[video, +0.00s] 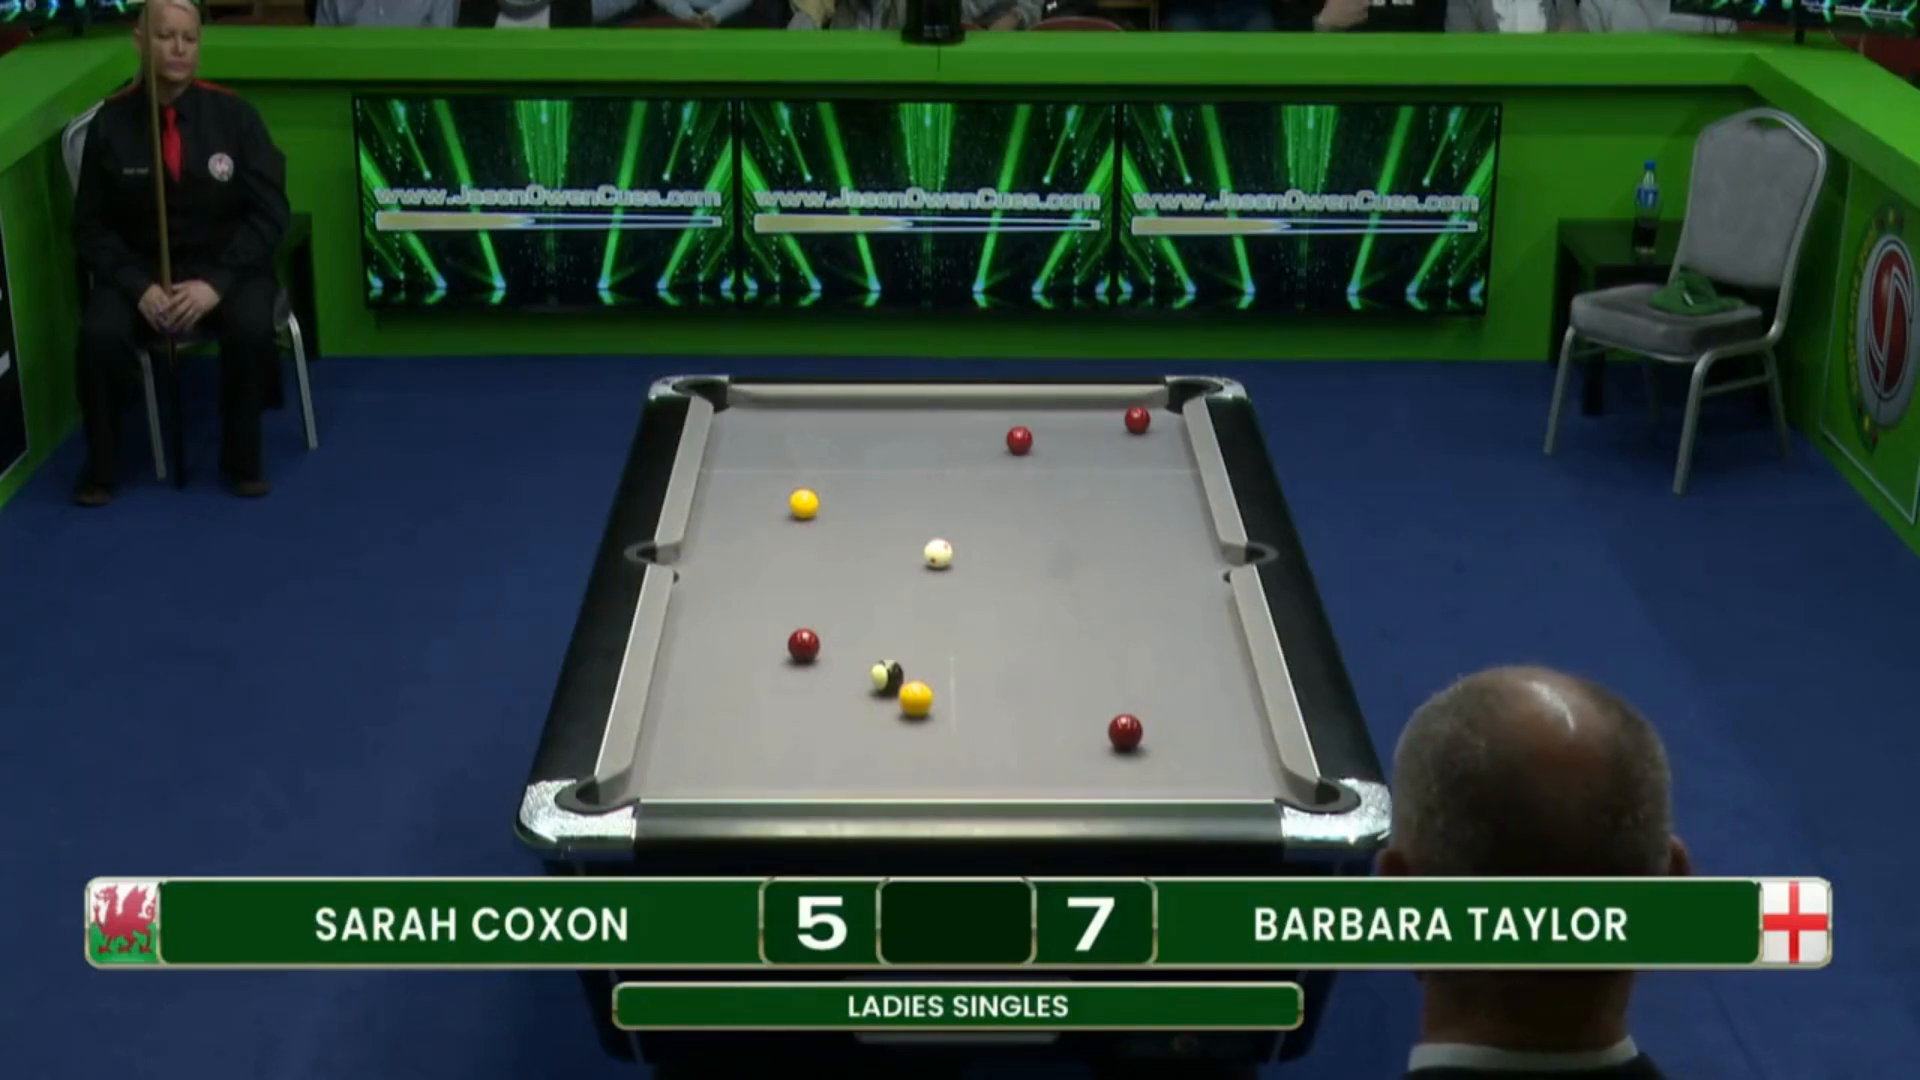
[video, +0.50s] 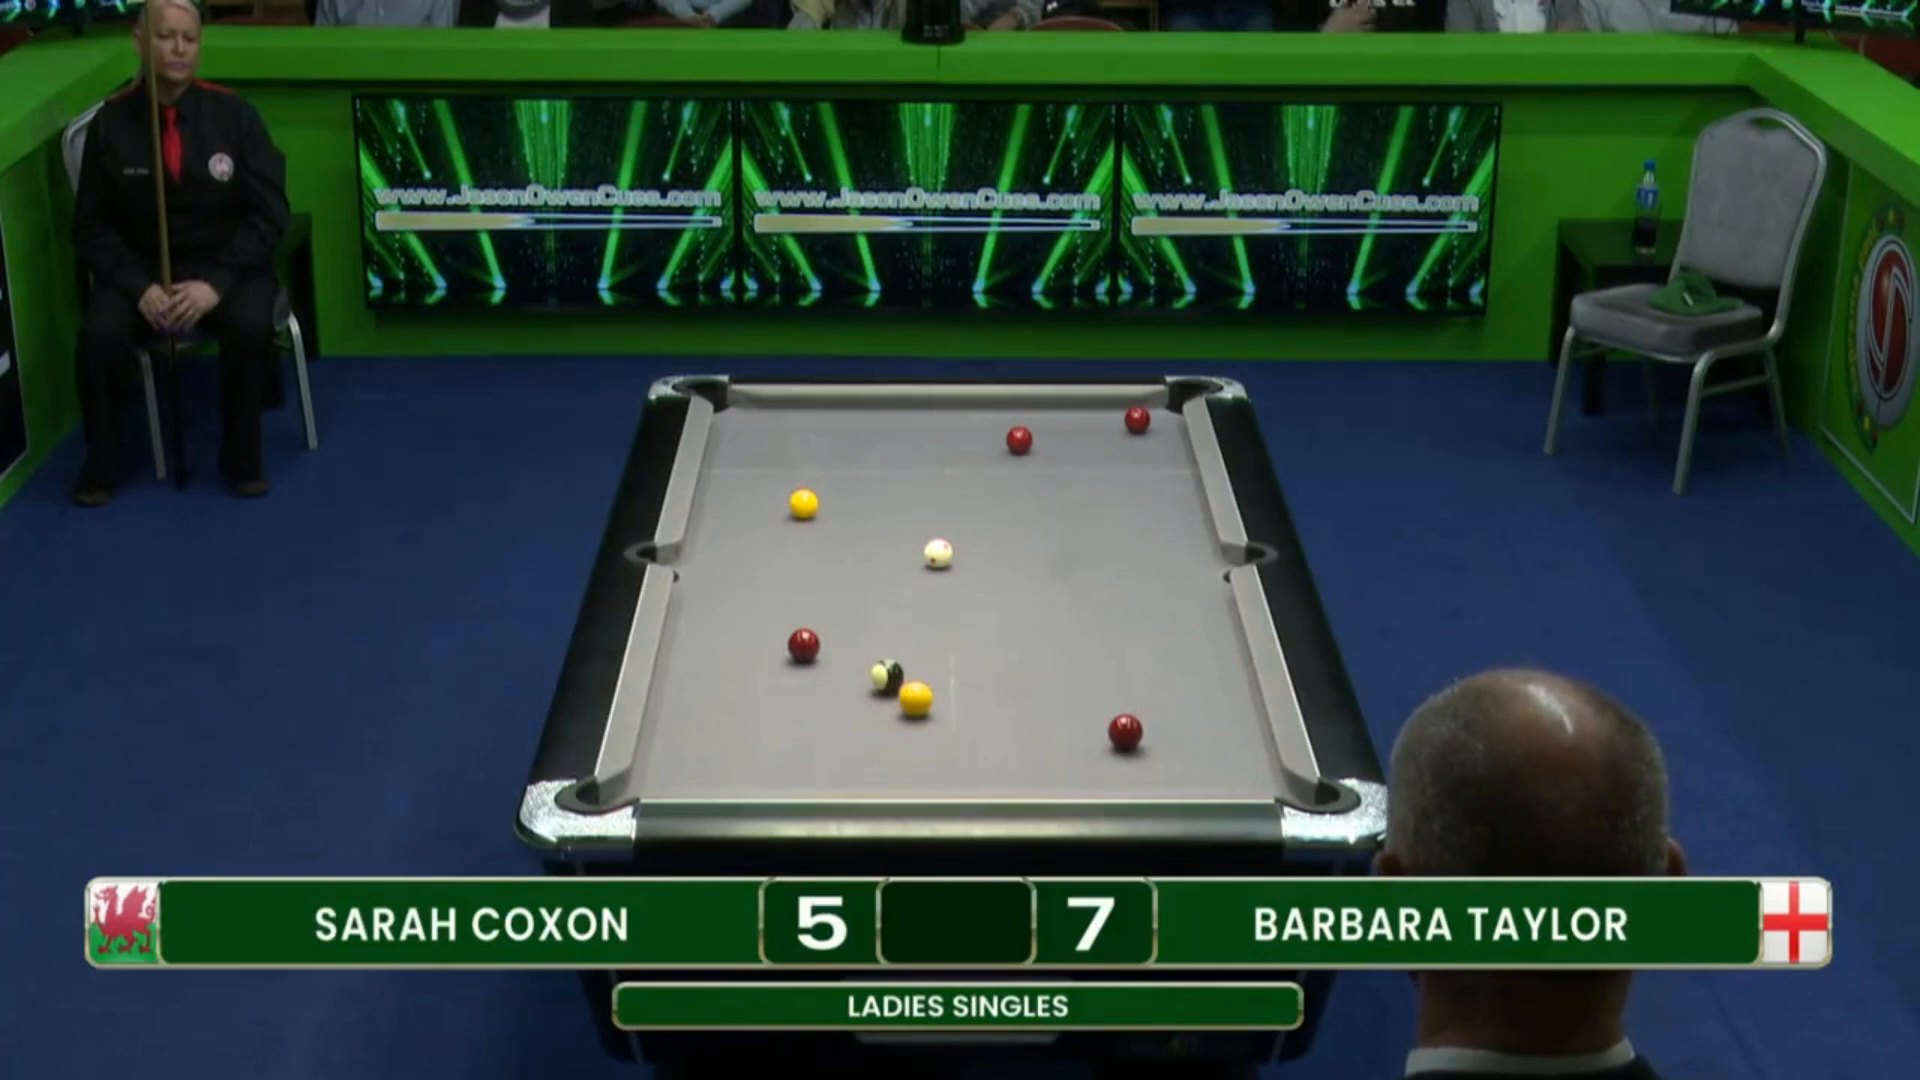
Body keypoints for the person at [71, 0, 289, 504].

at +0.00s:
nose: (179, 48)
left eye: (189, 38)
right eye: (165, 37)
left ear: (199, 44)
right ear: (141, 42)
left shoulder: (234, 115)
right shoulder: (111, 121)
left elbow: (269, 214)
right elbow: (90, 226)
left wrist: (214, 283)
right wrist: (140, 287)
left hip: (221, 267)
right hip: (138, 273)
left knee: (249, 329)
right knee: (100, 335)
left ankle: (244, 462)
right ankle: (101, 467)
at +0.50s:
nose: (179, 49)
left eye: (189, 38)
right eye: (165, 37)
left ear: (200, 45)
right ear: (141, 42)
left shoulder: (235, 115)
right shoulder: (111, 121)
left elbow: (269, 215)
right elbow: (90, 226)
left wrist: (214, 284)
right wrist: (140, 287)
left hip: (221, 266)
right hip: (138, 272)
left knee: (249, 330)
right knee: (101, 336)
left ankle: (243, 463)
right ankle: (101, 469)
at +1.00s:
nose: (179, 48)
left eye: (189, 38)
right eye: (165, 36)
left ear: (200, 44)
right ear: (141, 41)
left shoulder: (234, 115)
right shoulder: (112, 121)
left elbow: (269, 215)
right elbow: (90, 226)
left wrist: (214, 284)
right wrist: (140, 287)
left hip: (221, 267)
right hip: (139, 273)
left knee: (248, 328)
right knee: (101, 335)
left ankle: (243, 463)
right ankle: (101, 469)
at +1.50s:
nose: (179, 48)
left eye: (189, 38)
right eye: (165, 37)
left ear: (199, 44)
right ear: (140, 41)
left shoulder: (234, 115)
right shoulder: (112, 121)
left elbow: (269, 215)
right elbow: (91, 226)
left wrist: (214, 284)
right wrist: (140, 287)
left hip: (221, 268)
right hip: (139, 274)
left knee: (248, 328)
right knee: (101, 336)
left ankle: (243, 463)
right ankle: (101, 469)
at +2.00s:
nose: (179, 49)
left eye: (189, 38)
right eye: (165, 37)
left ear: (199, 44)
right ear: (140, 41)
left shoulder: (234, 115)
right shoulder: (111, 121)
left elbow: (269, 215)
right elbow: (91, 226)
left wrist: (214, 284)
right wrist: (140, 287)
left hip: (221, 268)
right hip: (139, 274)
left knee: (248, 328)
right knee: (101, 336)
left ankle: (243, 463)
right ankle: (101, 469)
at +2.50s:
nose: (179, 49)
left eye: (189, 38)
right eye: (165, 37)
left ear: (199, 44)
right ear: (141, 42)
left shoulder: (234, 116)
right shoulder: (111, 121)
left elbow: (269, 215)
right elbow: (90, 226)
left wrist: (214, 284)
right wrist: (140, 287)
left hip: (221, 268)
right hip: (138, 274)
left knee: (248, 328)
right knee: (101, 336)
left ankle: (243, 463)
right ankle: (101, 469)